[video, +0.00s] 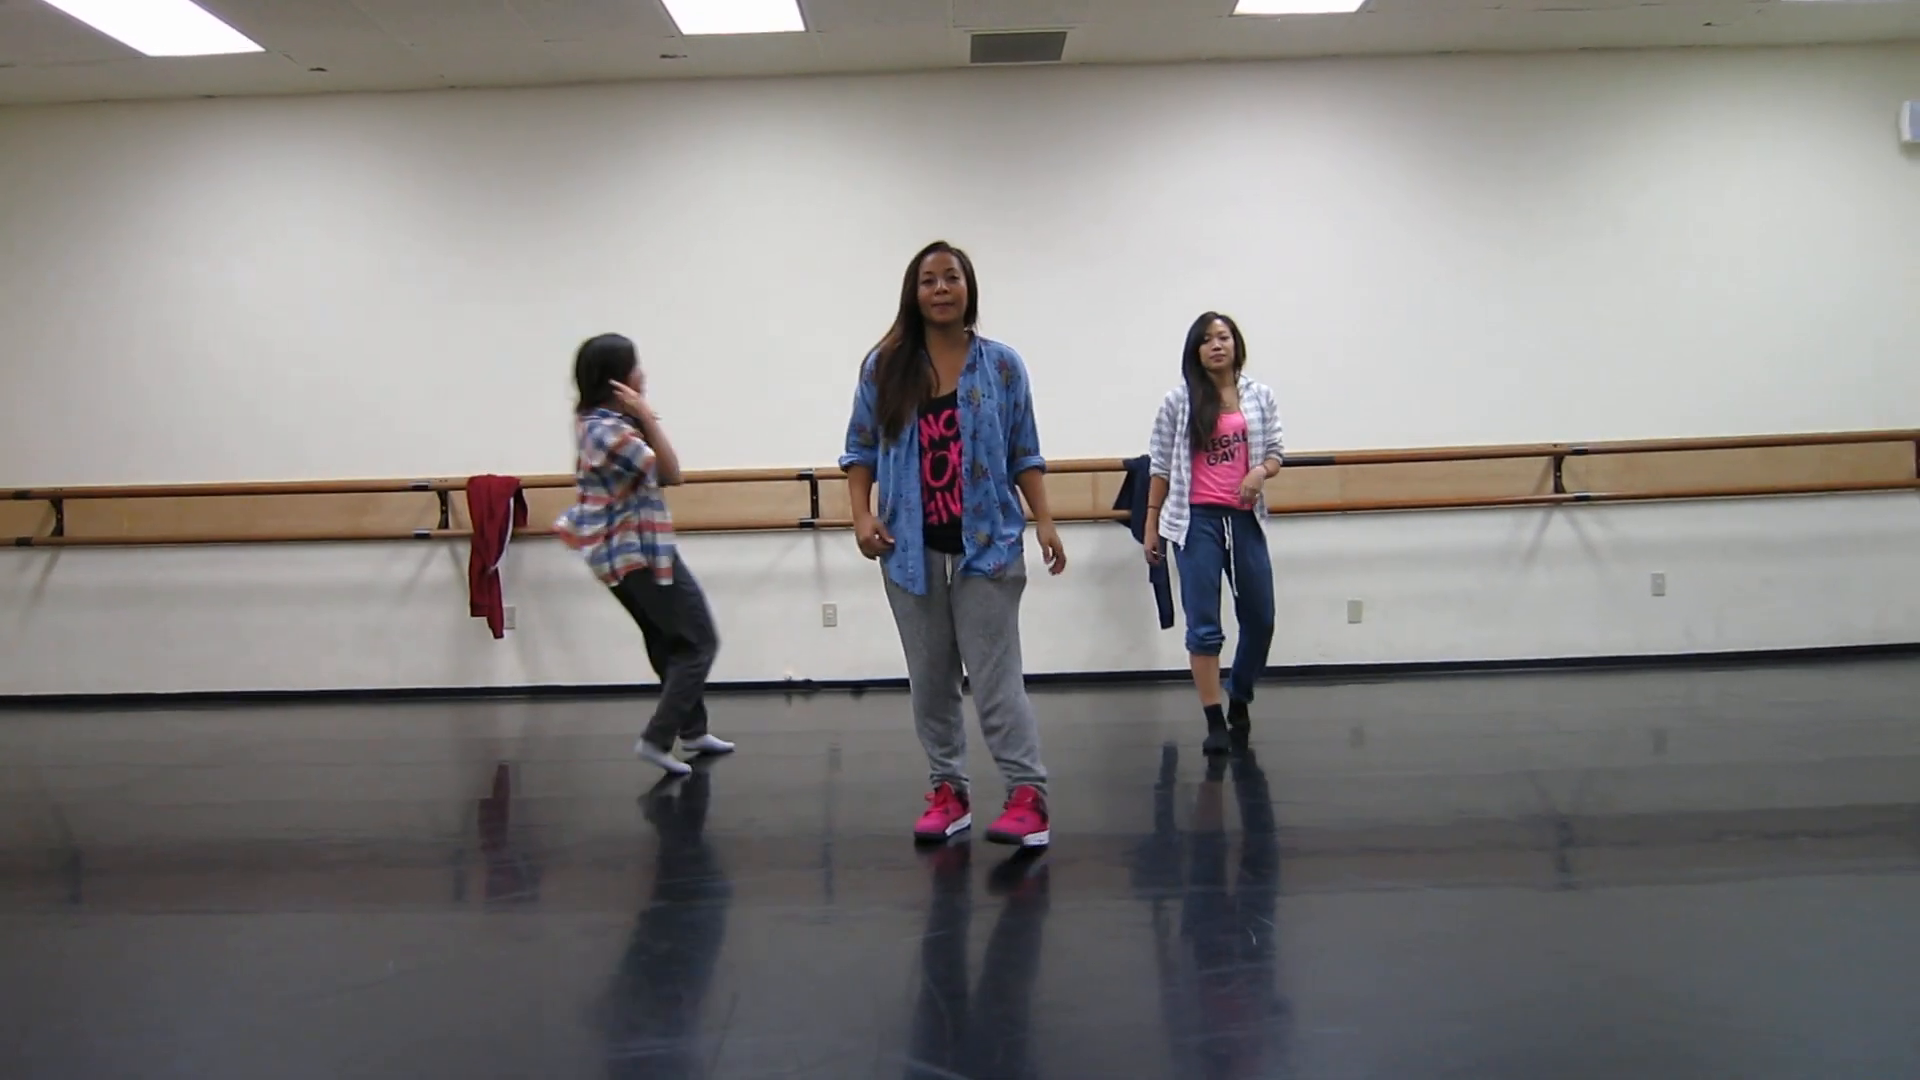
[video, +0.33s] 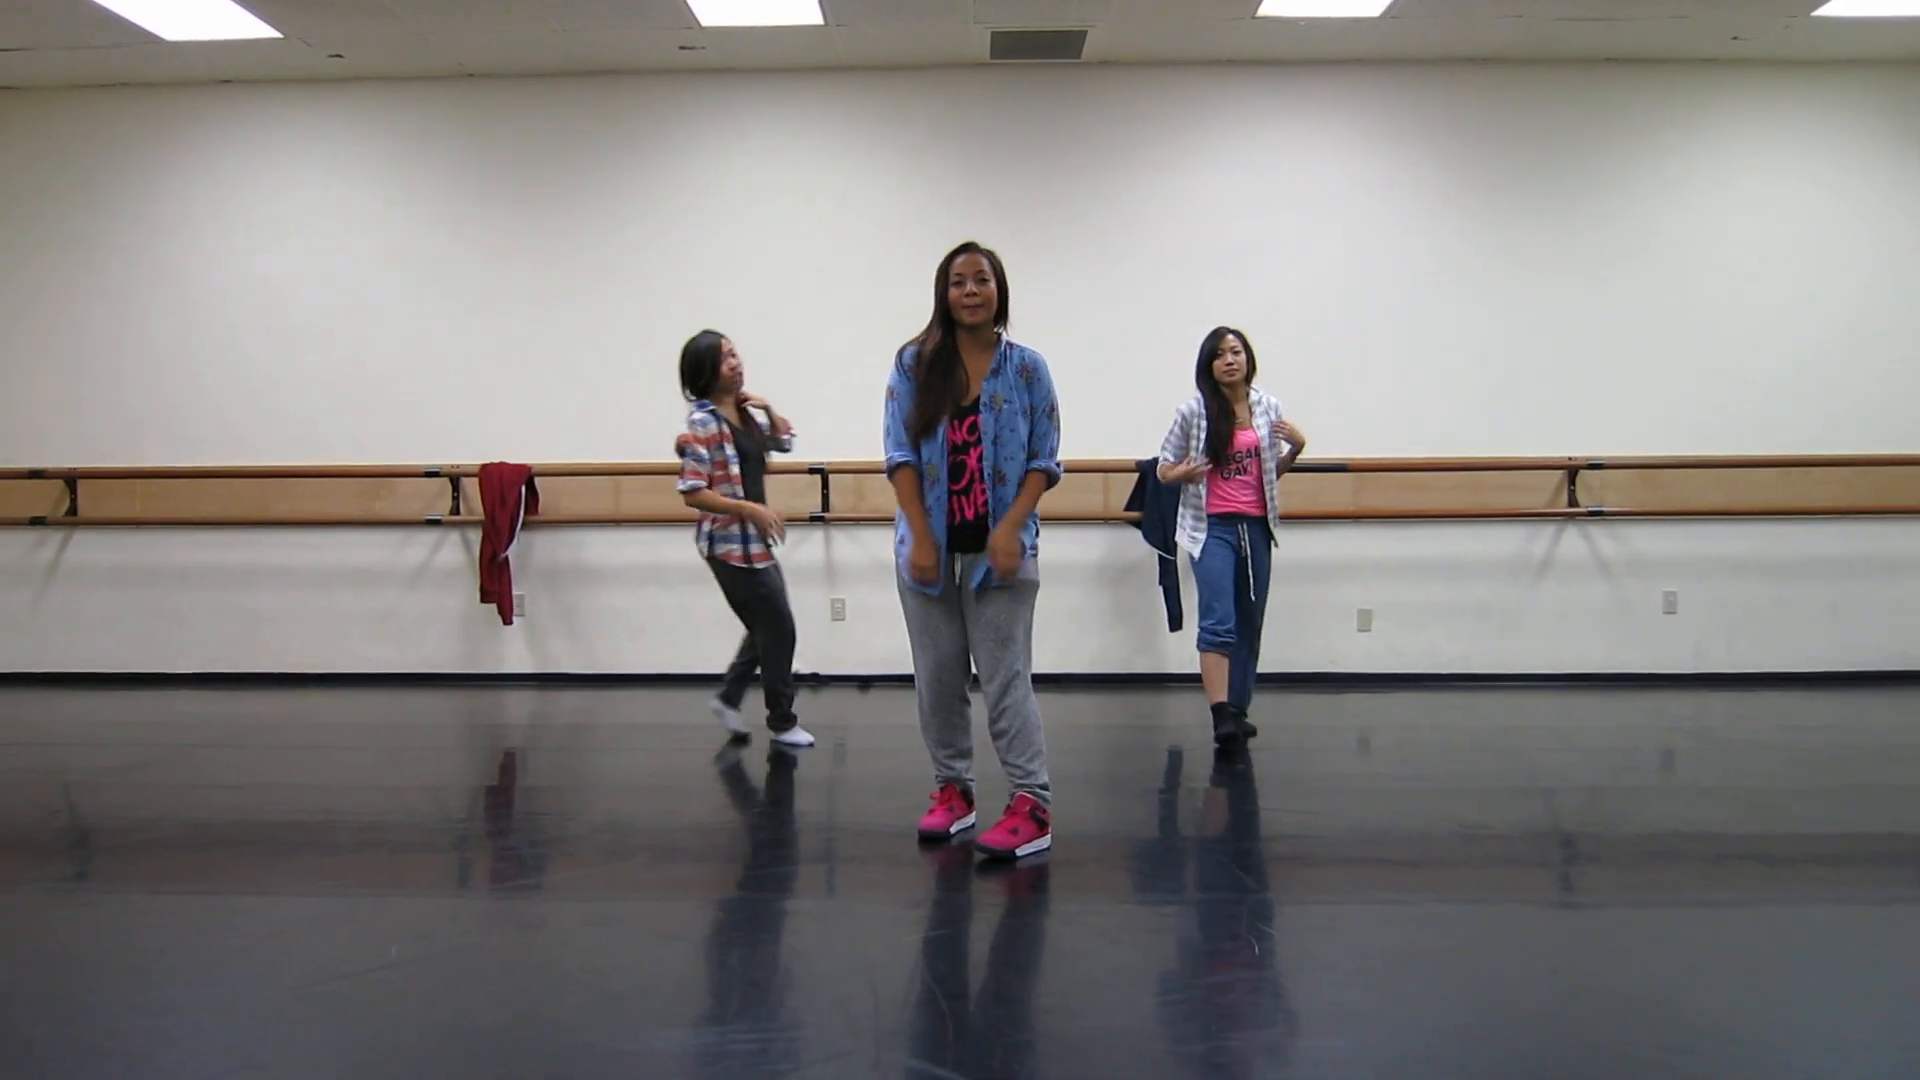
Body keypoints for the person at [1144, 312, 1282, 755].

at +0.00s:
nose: (1217, 345)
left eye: (1223, 337)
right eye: (1207, 340)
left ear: (1237, 344)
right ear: (1195, 351)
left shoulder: (1259, 396)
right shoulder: (1177, 402)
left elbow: (1275, 455)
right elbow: (1159, 470)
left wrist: (1260, 471)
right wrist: (1151, 526)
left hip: (1245, 519)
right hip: (1194, 519)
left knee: (1260, 617)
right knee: (1203, 621)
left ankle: (1240, 697)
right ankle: (1214, 721)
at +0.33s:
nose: (1229, 360)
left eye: (1236, 352)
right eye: (1219, 354)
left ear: (1248, 359)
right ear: (1208, 365)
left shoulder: (1266, 407)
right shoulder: (1192, 412)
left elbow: (1270, 475)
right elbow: (1164, 471)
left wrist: (1297, 447)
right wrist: (1184, 471)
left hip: (1256, 527)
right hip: (1211, 527)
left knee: (1249, 622)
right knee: (1218, 618)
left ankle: (1237, 712)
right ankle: (1222, 715)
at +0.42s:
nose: (1237, 355)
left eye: (1244, 347)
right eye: (1227, 350)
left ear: (1256, 354)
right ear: (1216, 360)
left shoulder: (1271, 401)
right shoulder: (1201, 405)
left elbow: (1279, 462)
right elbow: (1170, 463)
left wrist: (1302, 438)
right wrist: (1190, 461)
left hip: (1261, 520)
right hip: (1217, 519)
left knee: (1254, 619)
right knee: (1225, 615)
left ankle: (1244, 713)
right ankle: (1222, 712)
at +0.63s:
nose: (1250, 357)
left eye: (1257, 350)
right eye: (1241, 352)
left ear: (1268, 356)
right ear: (1229, 361)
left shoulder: (1281, 404)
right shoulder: (1213, 406)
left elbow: (1289, 468)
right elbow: (1182, 466)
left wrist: (1310, 439)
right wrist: (1206, 454)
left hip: (1271, 524)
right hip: (1226, 522)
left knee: (1265, 626)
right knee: (1217, 621)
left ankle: (1257, 715)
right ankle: (1191, 708)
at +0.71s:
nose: (1255, 356)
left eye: (1261, 349)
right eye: (1246, 351)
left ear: (1273, 355)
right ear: (1233, 359)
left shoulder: (1284, 403)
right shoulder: (1216, 404)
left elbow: (1292, 467)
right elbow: (1185, 464)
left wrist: (1313, 439)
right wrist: (1209, 454)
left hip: (1277, 521)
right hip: (1230, 519)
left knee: (1274, 623)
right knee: (1212, 621)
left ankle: (1268, 715)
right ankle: (1184, 702)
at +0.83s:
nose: (1254, 355)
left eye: (1260, 347)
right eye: (1245, 349)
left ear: (1272, 354)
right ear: (1232, 357)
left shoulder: (1285, 401)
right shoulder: (1215, 403)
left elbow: (1296, 463)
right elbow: (1188, 462)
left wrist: (1314, 437)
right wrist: (1208, 454)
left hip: (1278, 518)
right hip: (1229, 517)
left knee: (1281, 620)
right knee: (1206, 615)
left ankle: (1282, 712)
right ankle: (1177, 696)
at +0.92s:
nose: (1248, 355)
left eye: (1255, 347)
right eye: (1239, 349)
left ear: (1266, 354)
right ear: (1226, 357)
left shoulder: (1280, 401)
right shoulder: (1207, 403)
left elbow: (1294, 463)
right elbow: (1183, 462)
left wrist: (1305, 438)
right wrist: (1202, 456)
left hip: (1272, 516)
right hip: (1222, 516)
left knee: (1281, 615)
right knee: (1200, 615)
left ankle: (1287, 710)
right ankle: (1177, 698)